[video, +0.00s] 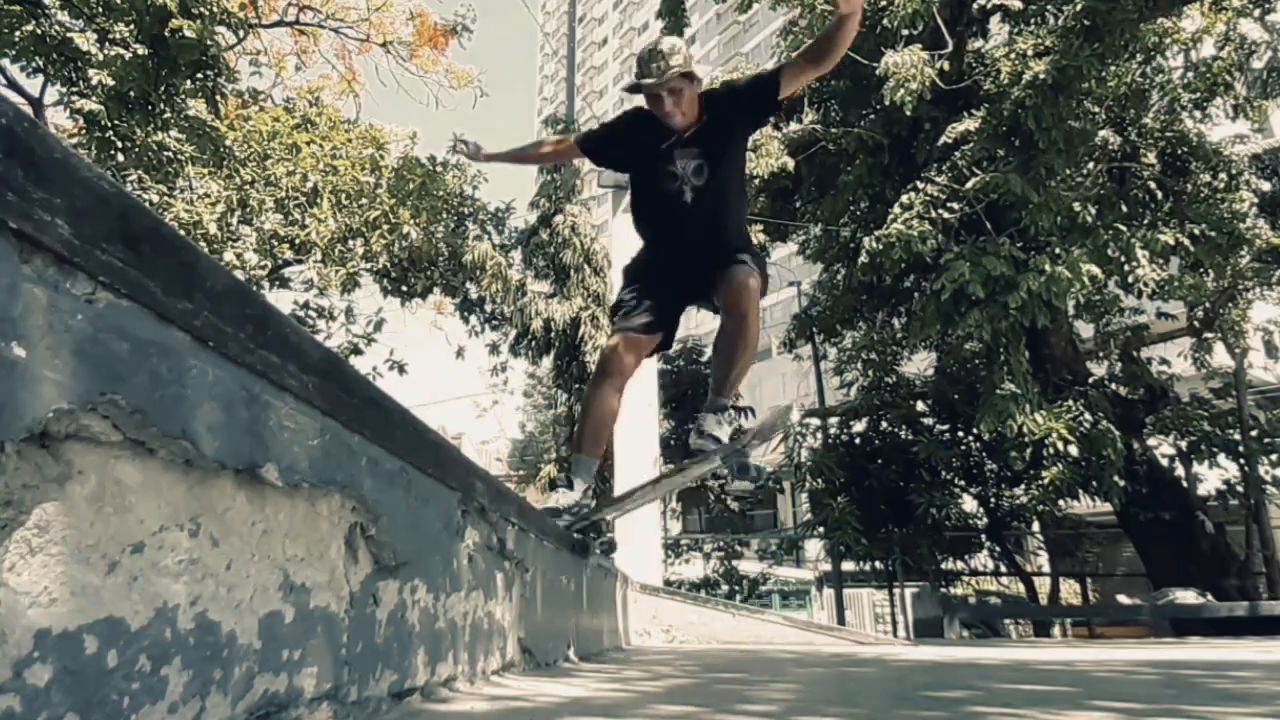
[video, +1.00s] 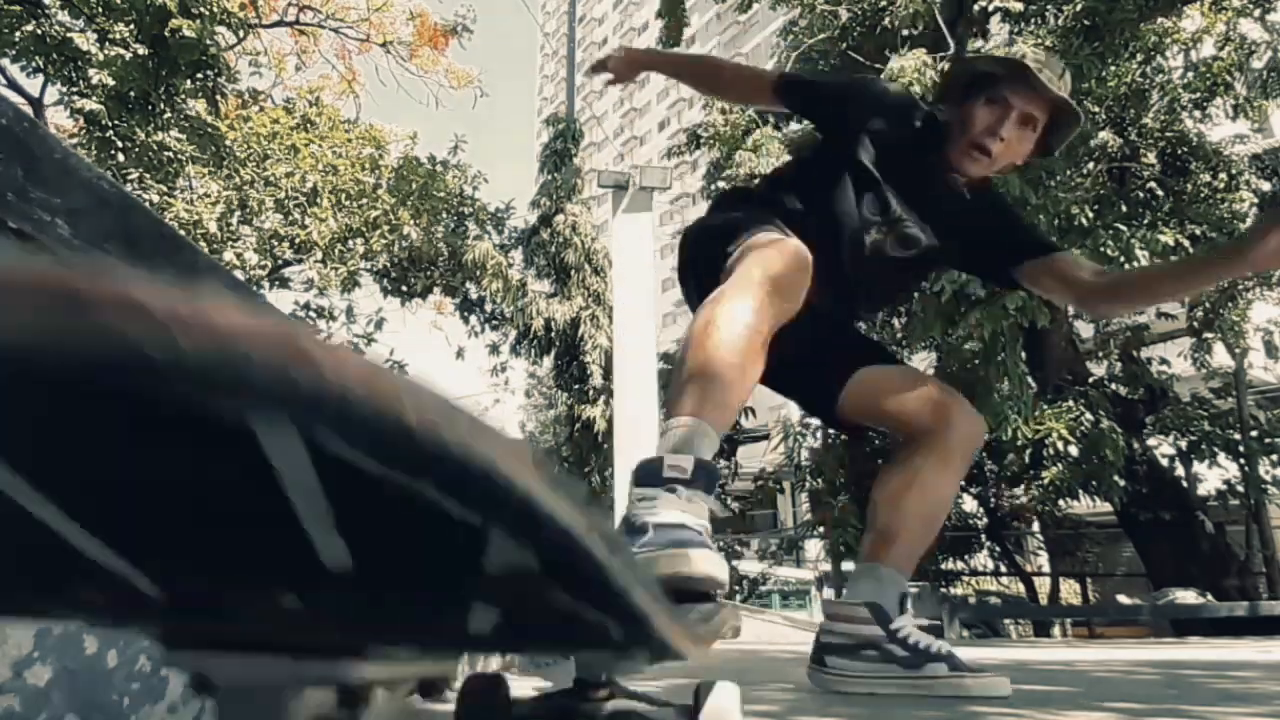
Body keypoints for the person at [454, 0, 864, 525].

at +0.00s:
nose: (660, 106)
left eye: (668, 94)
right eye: (651, 96)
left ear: (695, 85)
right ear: (643, 93)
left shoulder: (731, 107)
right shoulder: (632, 130)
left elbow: (812, 65)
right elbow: (561, 150)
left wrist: (849, 17)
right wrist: (492, 156)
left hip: (725, 256)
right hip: (659, 264)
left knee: (744, 290)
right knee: (616, 358)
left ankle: (717, 417)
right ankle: (577, 485)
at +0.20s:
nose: (675, 83)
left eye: (685, 70)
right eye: (664, 72)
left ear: (709, 62)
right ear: (653, 70)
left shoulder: (744, 94)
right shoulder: (633, 99)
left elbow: (841, 82)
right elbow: (546, 79)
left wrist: (913, 57)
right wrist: (462, 55)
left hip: (731, 248)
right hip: (661, 255)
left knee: (735, 298)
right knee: (626, 355)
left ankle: (739, 447)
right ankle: (640, 492)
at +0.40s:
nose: (696, 94)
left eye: (708, 79)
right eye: (682, 80)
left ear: (730, 72)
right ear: (665, 74)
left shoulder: (761, 110)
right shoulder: (638, 100)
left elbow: (848, 163)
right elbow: (558, 76)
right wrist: (478, 21)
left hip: (738, 263)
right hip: (664, 270)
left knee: (728, 336)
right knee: (655, 395)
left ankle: (742, 507)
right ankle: (688, 548)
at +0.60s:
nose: (762, 141)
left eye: (777, 127)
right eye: (749, 125)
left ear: (801, 117)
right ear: (728, 112)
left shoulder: (827, 168)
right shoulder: (686, 146)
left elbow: (818, 252)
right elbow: (654, 225)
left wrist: (791, 304)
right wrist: (664, 284)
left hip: (771, 310)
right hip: (688, 306)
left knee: (745, 376)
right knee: (625, 407)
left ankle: (749, 579)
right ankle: (678, 553)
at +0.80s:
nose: (902, 75)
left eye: (922, 65)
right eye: (892, 55)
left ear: (935, 85)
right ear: (861, 57)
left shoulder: (918, 170)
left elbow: (903, 305)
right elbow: (714, 68)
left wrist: (884, 433)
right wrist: (633, 56)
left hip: (799, 302)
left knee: (844, 385)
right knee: (647, 364)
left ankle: (841, 626)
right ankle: (594, 577)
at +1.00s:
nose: (1005, 132)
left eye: (1027, 128)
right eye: (997, 107)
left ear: (1031, 147)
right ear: (958, 97)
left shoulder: (989, 224)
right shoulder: (877, 108)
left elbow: (1095, 290)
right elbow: (754, 88)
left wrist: (1238, 260)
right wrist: (652, 60)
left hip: (812, 327)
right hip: (740, 246)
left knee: (951, 420)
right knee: (786, 263)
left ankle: (860, 623)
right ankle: (669, 496)